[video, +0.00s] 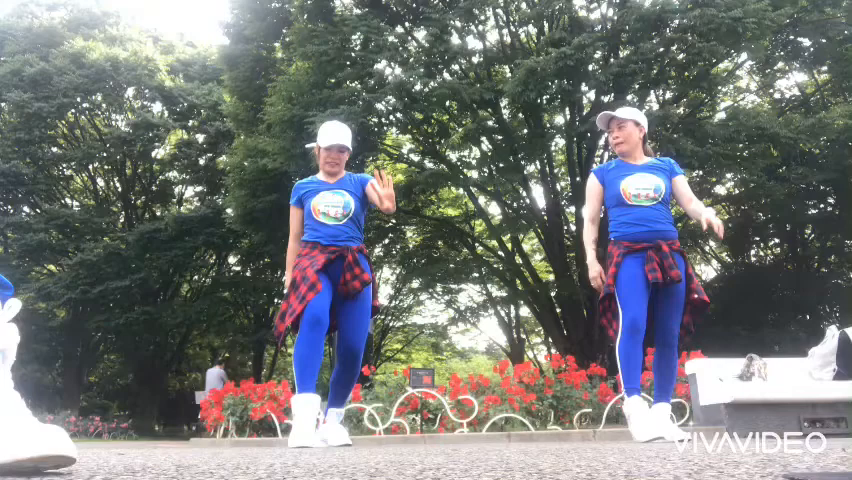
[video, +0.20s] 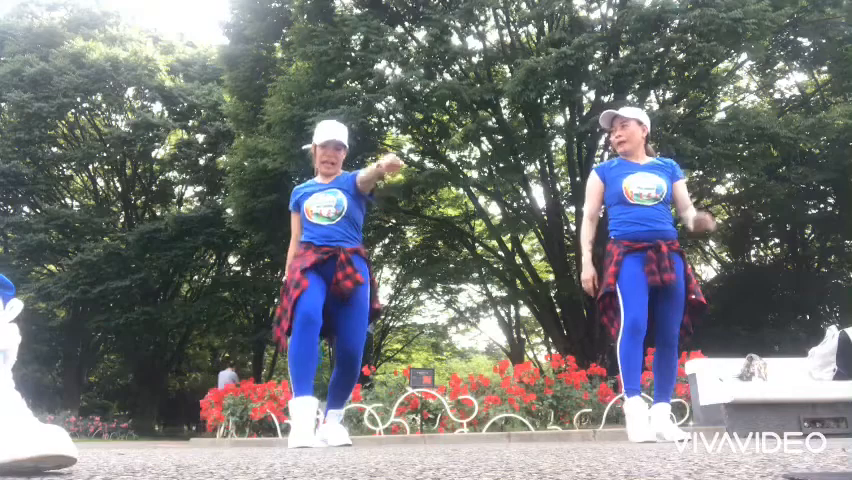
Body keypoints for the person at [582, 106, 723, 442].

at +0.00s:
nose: (614, 133)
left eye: (621, 127)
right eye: (610, 130)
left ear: (641, 130)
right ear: (608, 137)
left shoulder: (666, 166)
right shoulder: (601, 173)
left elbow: (689, 201)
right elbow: (590, 220)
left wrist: (705, 213)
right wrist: (591, 259)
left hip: (668, 253)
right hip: (629, 255)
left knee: (668, 335)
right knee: (634, 322)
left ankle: (662, 413)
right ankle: (633, 404)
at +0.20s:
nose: (616, 132)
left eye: (624, 125)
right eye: (613, 128)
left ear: (644, 130)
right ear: (611, 136)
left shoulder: (668, 167)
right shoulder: (603, 171)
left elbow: (686, 210)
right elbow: (589, 217)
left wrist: (697, 220)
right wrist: (586, 262)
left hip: (668, 253)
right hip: (628, 253)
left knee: (668, 334)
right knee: (635, 322)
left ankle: (661, 413)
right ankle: (633, 407)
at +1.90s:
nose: (641, 130)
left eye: (641, 125)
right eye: (633, 125)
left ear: (640, 131)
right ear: (612, 131)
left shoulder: (655, 169)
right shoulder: (594, 171)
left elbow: (673, 217)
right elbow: (582, 218)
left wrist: (692, 258)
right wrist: (577, 261)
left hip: (658, 255)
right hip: (619, 255)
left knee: (660, 334)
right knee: (625, 334)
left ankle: (661, 412)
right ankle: (630, 411)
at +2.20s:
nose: (644, 134)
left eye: (643, 129)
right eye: (638, 128)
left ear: (629, 133)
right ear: (618, 131)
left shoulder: (642, 170)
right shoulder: (595, 168)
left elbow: (654, 212)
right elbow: (590, 215)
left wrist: (666, 238)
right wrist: (607, 253)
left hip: (652, 256)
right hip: (620, 256)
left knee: (667, 331)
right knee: (620, 333)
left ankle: (663, 412)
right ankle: (627, 410)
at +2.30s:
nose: (644, 135)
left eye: (644, 130)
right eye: (639, 129)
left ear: (628, 133)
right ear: (620, 131)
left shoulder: (644, 171)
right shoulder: (596, 168)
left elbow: (654, 213)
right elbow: (593, 214)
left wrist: (667, 240)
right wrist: (614, 250)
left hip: (654, 256)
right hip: (621, 256)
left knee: (676, 331)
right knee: (621, 334)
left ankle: (676, 411)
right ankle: (628, 412)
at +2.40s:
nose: (649, 135)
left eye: (649, 129)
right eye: (643, 128)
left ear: (635, 133)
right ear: (624, 130)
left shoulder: (649, 170)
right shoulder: (600, 168)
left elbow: (661, 214)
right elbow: (594, 214)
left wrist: (677, 251)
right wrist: (617, 249)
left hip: (661, 257)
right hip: (626, 257)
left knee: (682, 331)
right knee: (623, 333)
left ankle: (696, 408)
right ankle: (628, 410)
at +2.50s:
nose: (654, 133)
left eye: (654, 128)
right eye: (648, 128)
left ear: (646, 135)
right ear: (627, 133)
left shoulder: (661, 172)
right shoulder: (607, 172)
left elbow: (675, 219)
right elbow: (600, 219)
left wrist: (691, 258)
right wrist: (613, 256)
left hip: (669, 257)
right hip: (632, 258)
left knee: (689, 336)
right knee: (626, 336)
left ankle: (703, 412)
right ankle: (629, 411)